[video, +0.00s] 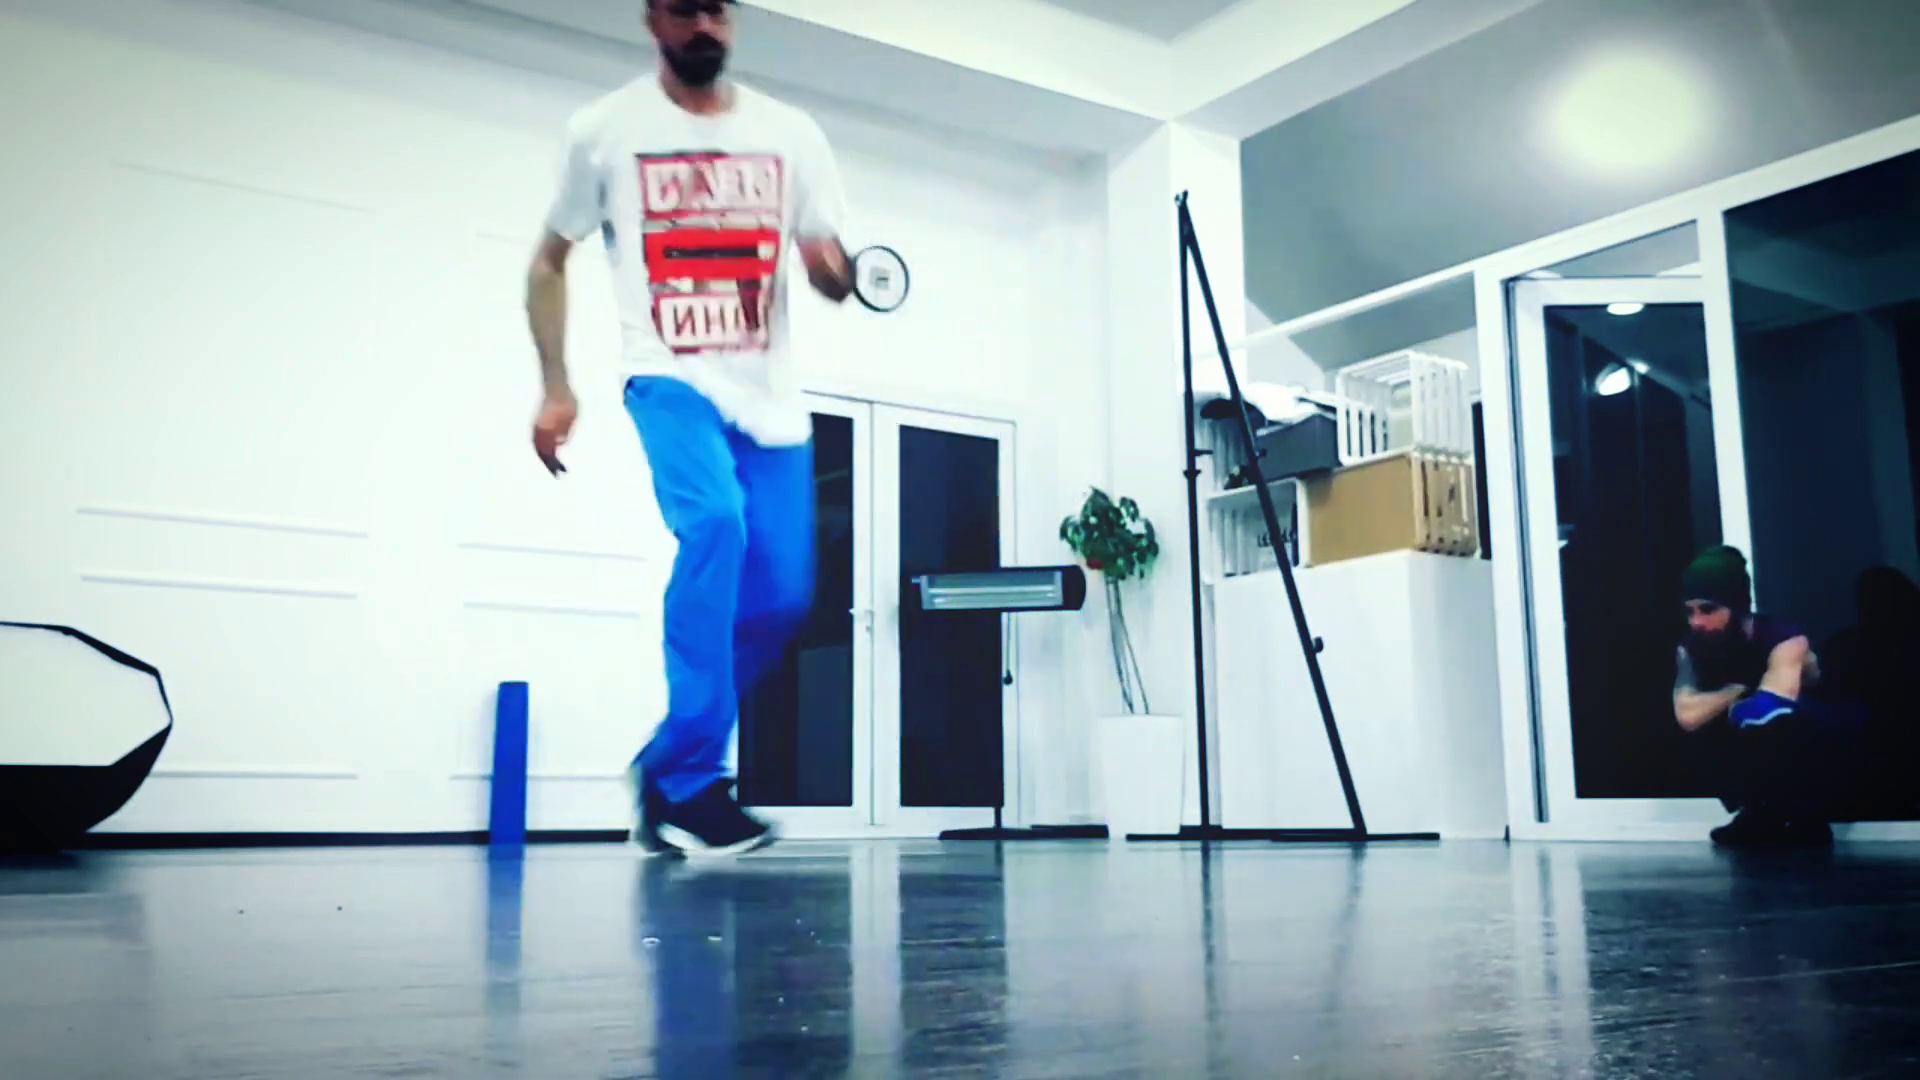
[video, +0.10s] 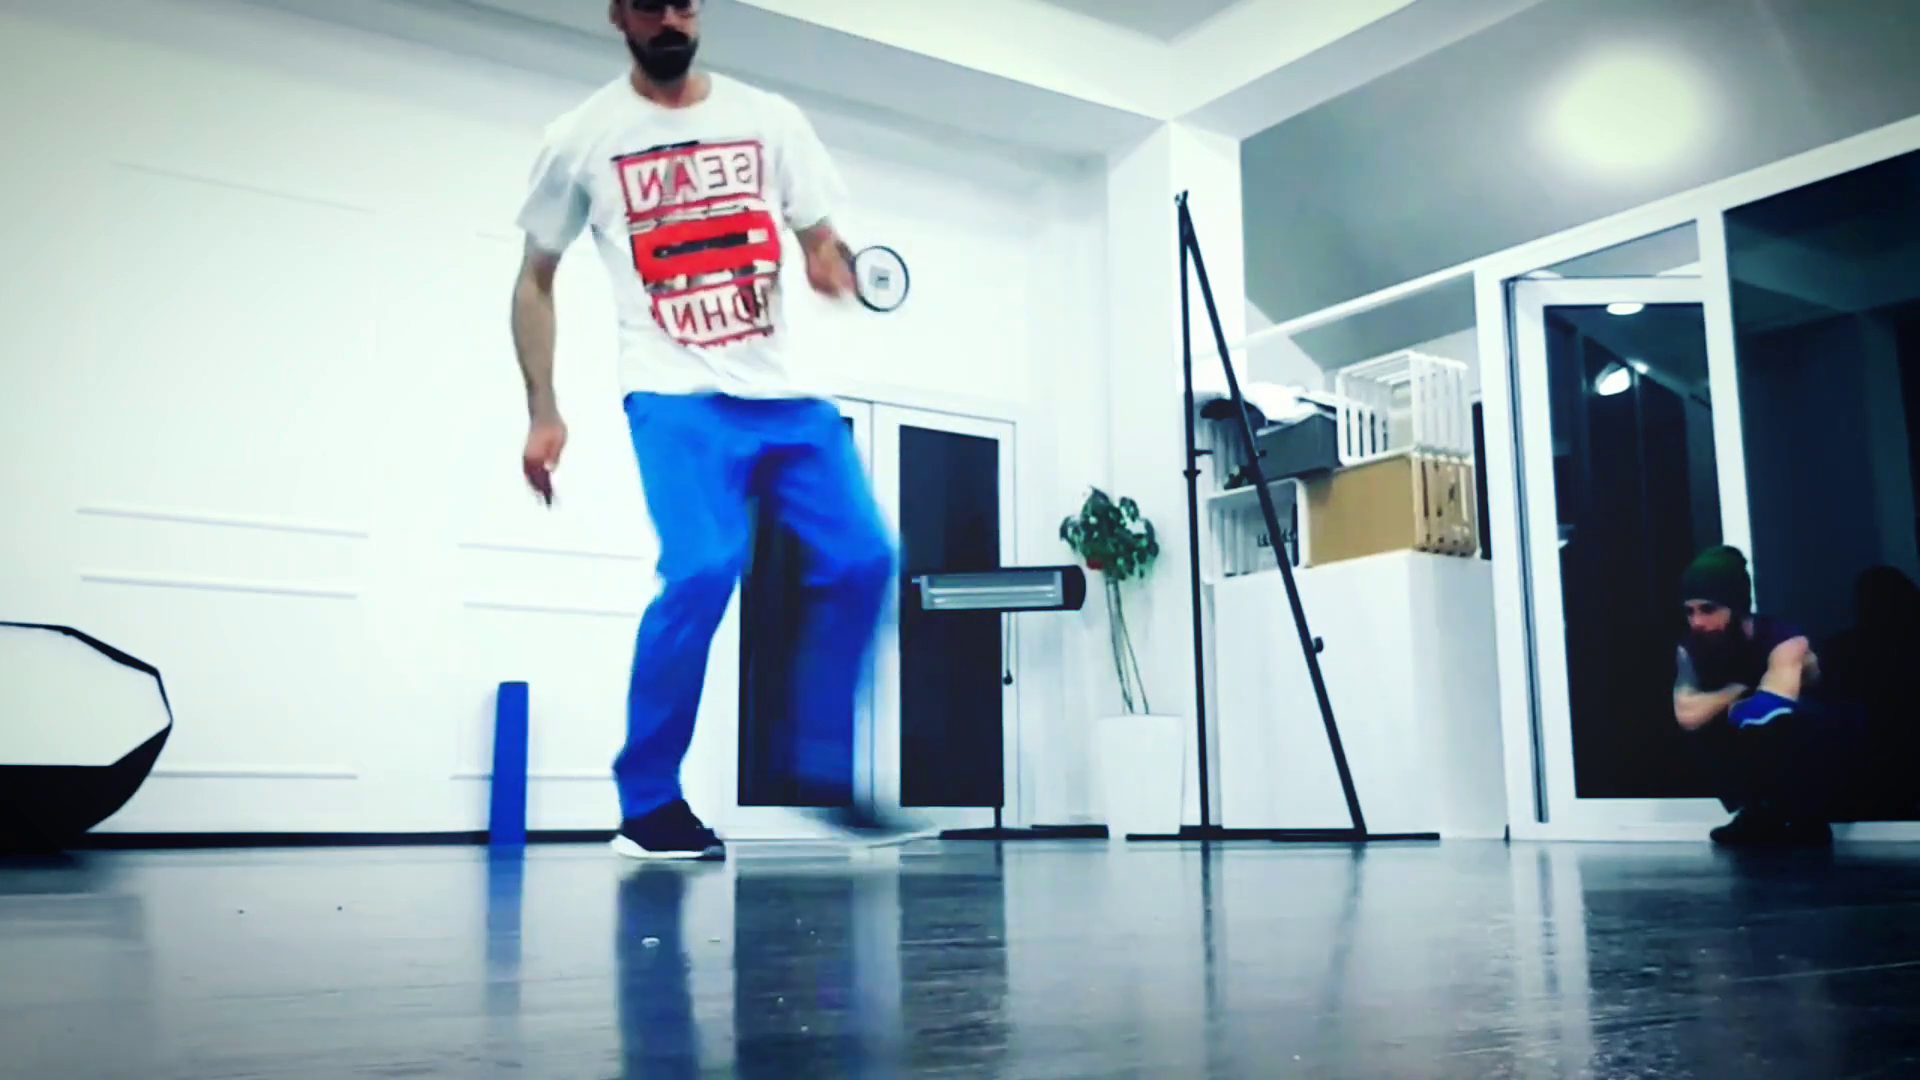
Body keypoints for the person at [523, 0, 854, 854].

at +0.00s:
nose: (703, 26)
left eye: (716, 11)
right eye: (683, 11)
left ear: (735, 19)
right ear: (649, 20)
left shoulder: (792, 134)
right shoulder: (603, 132)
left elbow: (834, 277)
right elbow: (549, 263)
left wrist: (834, 269)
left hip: (768, 387)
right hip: (668, 377)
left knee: (783, 594)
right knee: (717, 523)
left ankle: (665, 768)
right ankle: (696, 783)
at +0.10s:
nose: (669, 21)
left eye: (682, 5)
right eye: (649, 7)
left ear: (702, 13)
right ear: (619, 17)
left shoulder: (772, 119)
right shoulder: (581, 142)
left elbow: (820, 239)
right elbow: (535, 281)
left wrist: (833, 266)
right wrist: (543, 413)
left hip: (786, 394)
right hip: (678, 398)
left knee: (864, 556)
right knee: (705, 565)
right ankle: (650, 800)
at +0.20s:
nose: (654, 20)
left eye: (667, 5)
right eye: (633, 7)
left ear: (685, 13)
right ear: (598, 18)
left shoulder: (751, 118)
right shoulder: (564, 153)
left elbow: (825, 230)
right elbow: (540, 296)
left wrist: (869, 267)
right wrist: (551, 319)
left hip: (796, 390)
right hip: (674, 411)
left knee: (927, 518)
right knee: (685, 577)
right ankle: (655, 803)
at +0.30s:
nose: (645, 6)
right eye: (629, 2)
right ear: (606, 2)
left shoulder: (749, 52)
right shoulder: (577, 68)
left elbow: (825, 163)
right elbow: (542, 200)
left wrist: (895, 165)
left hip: (810, 305)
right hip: (698, 354)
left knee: (960, 400)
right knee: (722, 545)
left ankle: (1110, 555)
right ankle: (711, 780)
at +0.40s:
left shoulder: (752, 14)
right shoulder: (569, 16)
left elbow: (825, 128)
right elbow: (535, 111)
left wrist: (912, 119)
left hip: (802, 235)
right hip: (695, 283)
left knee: (911, 387)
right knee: (788, 473)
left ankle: (985, 597)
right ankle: (913, 670)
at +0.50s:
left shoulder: (757, 13)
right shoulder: (568, 16)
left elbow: (822, 127)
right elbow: (530, 128)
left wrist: (930, 141)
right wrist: (552, 19)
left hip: (800, 225)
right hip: (698, 280)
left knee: (914, 391)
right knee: (801, 473)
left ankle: (1037, 569)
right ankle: (911, 672)